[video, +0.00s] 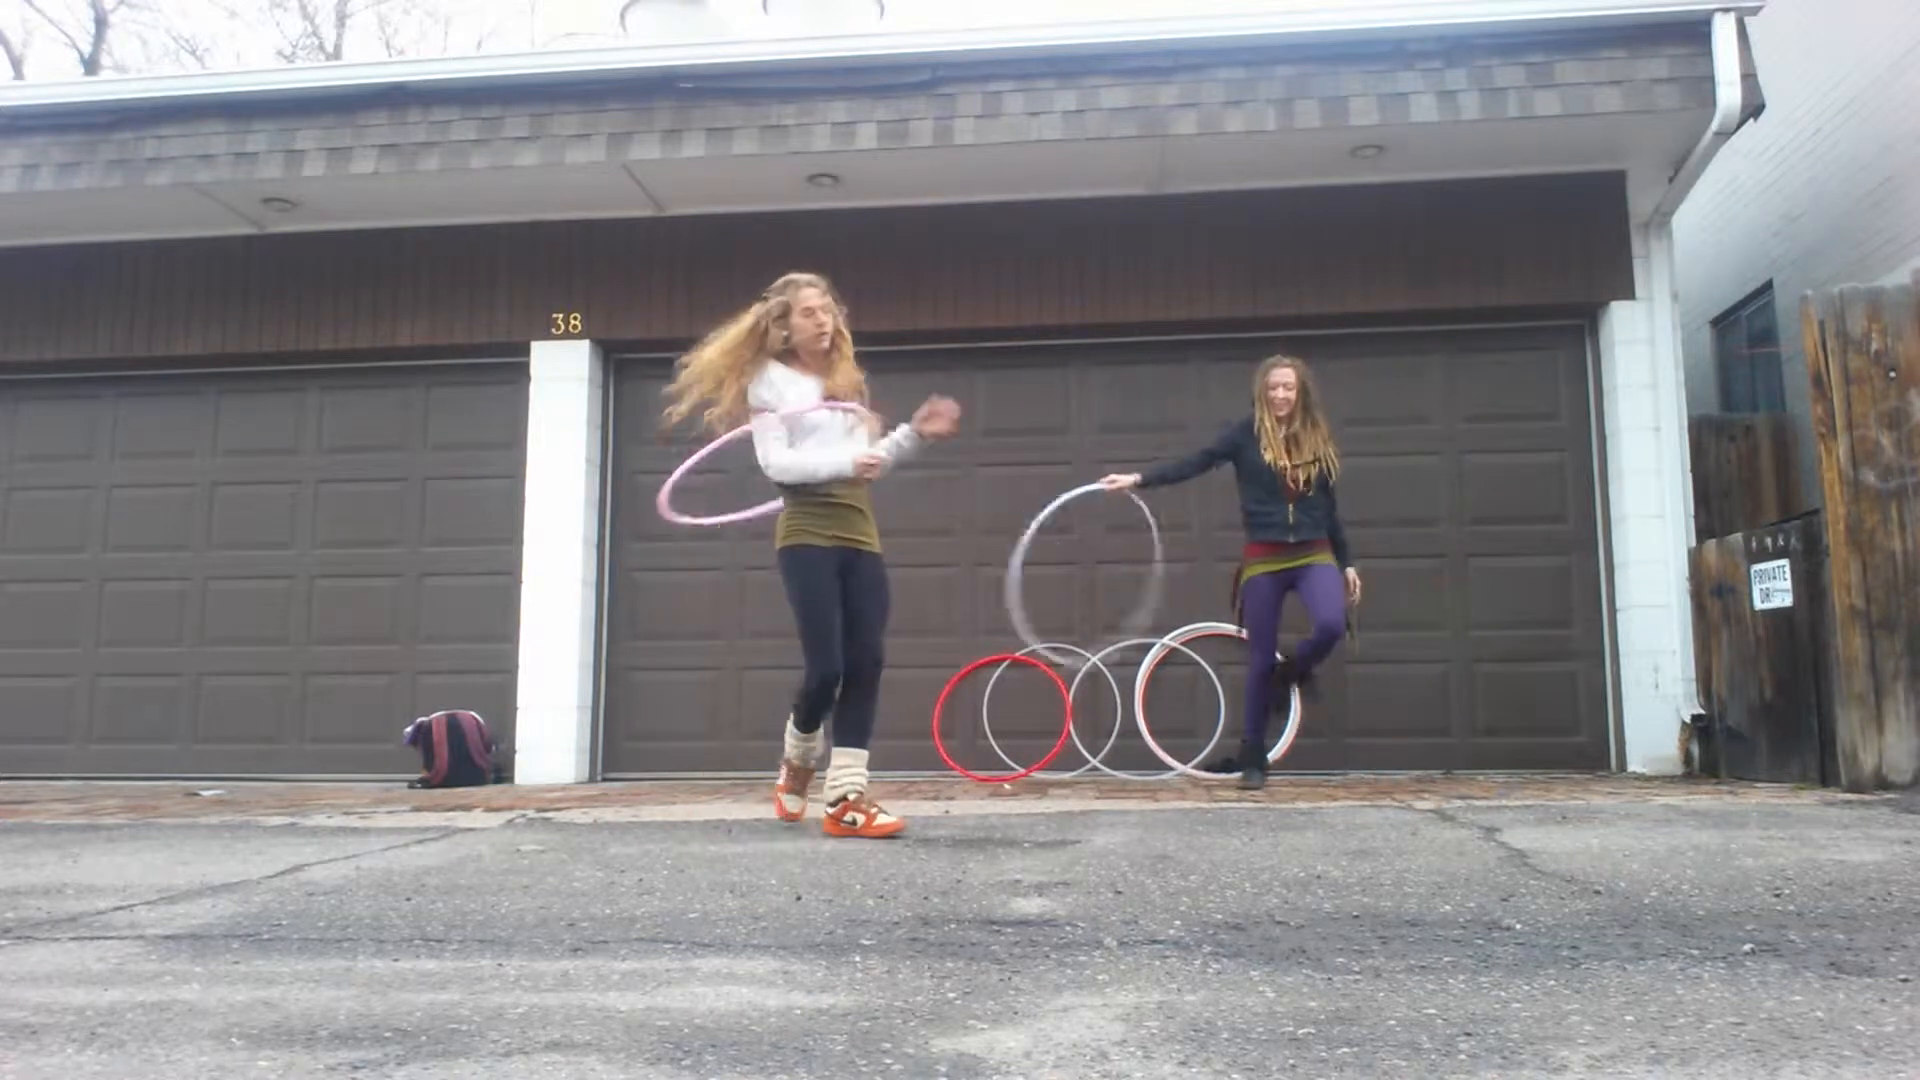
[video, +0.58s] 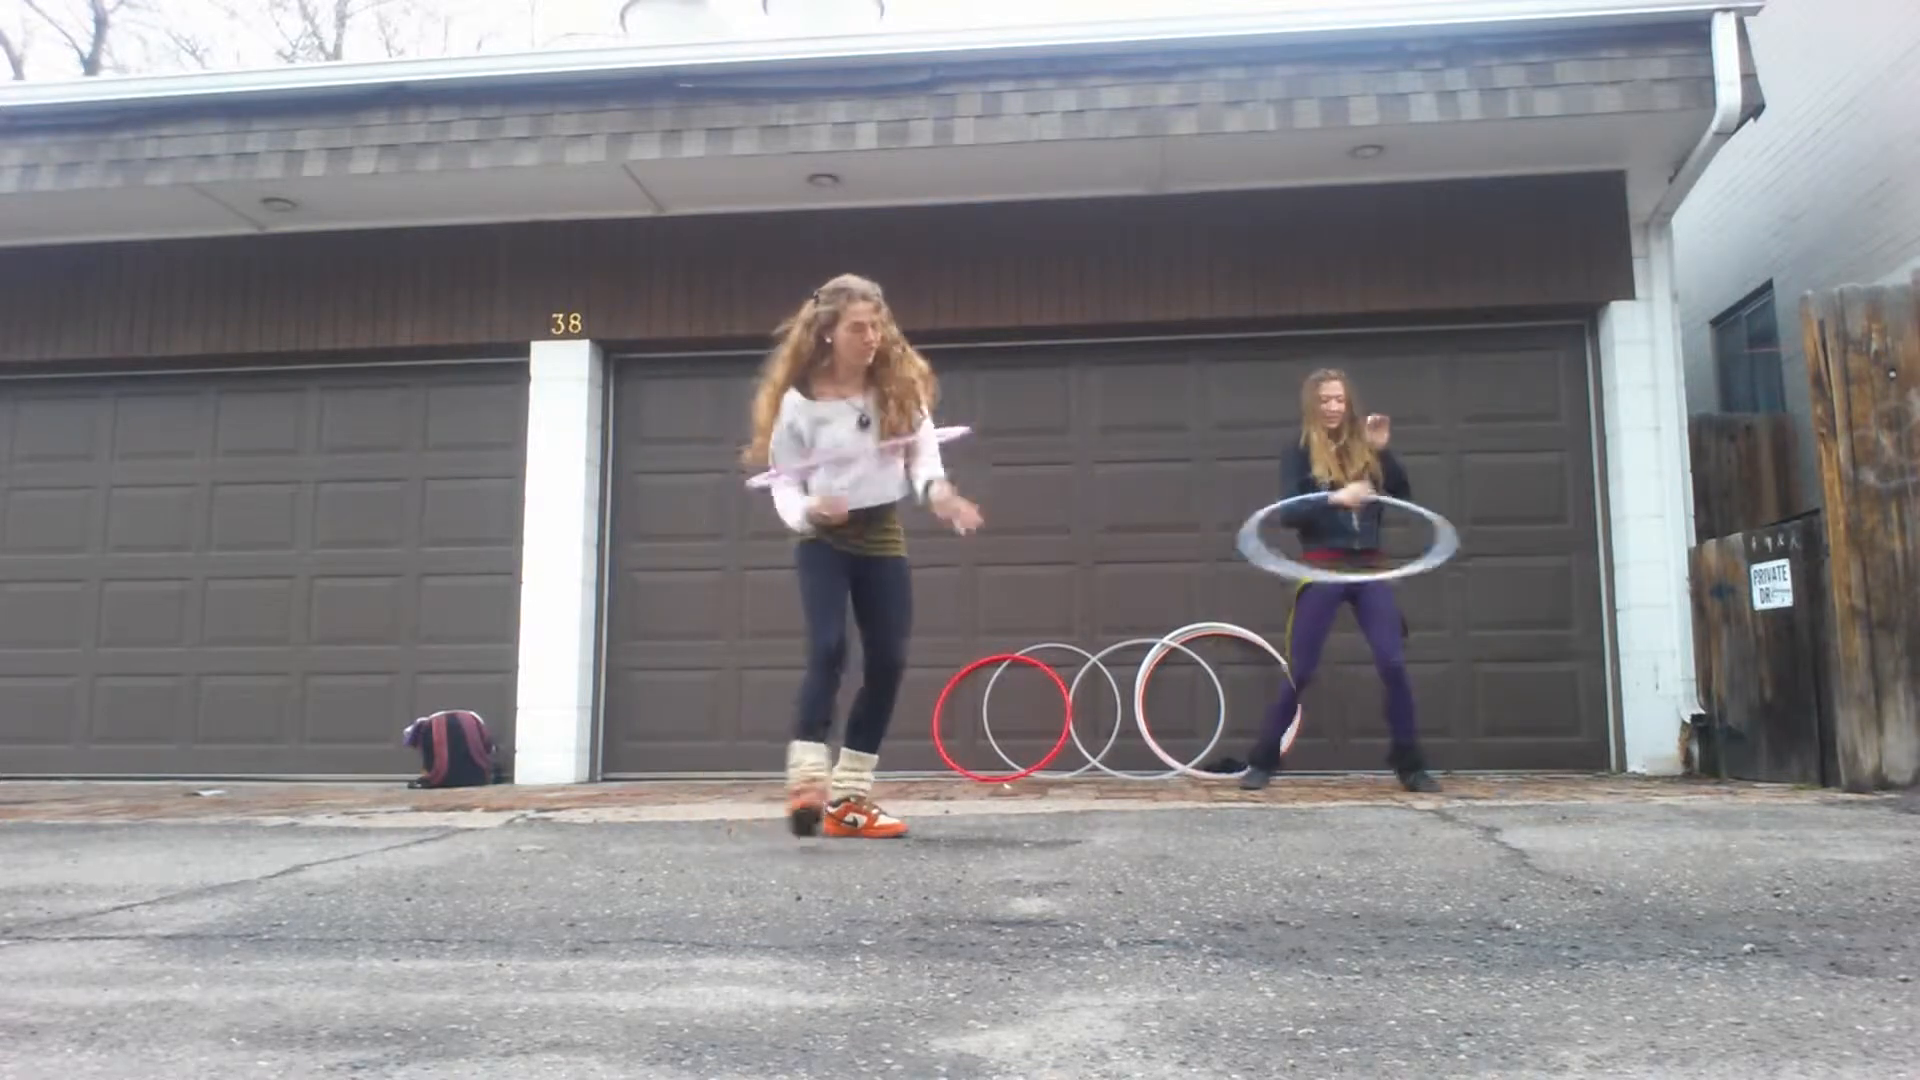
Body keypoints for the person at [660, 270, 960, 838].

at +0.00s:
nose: (822, 320)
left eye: (826, 310)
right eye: (808, 313)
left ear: (836, 318)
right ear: (784, 326)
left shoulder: (847, 382)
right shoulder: (770, 381)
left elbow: (864, 461)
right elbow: (774, 462)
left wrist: (915, 431)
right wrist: (847, 461)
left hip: (859, 531)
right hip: (806, 530)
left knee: (867, 662)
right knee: (828, 669)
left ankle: (846, 797)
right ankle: (799, 760)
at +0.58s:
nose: (871, 337)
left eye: (876, 326)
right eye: (857, 327)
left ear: (884, 331)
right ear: (827, 333)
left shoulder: (900, 391)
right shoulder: (798, 403)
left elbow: (925, 462)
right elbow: (785, 489)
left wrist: (942, 495)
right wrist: (808, 512)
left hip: (882, 538)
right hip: (822, 539)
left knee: (887, 663)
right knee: (829, 650)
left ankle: (850, 796)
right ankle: (807, 785)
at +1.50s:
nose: (893, 263)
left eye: (906, 254)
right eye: (899, 251)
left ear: (933, 273)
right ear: (962, 279)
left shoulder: (903, 345)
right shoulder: (982, 349)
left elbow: (854, 432)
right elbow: (976, 433)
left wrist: (779, 456)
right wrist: (900, 461)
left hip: (913, 514)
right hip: (963, 514)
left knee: (884, 659)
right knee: (916, 661)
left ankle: (1001, 767)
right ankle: (909, 813)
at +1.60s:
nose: (897, 280)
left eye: (908, 269)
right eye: (899, 267)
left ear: (941, 277)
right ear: (948, 277)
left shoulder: (937, 354)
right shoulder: (962, 346)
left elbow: (894, 452)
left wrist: (799, 479)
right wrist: (889, 381)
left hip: (948, 526)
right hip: (943, 524)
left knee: (941, 663)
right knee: (907, 664)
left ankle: (1016, 796)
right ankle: (908, 814)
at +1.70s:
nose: (904, 284)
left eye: (917, 274)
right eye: (902, 272)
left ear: (952, 279)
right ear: (901, 277)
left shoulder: (970, 354)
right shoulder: (915, 346)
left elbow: (958, 456)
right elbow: (912, 428)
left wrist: (883, 503)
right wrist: (857, 443)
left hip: (980, 525)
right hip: (934, 527)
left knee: (983, 667)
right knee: (890, 660)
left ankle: (1022, 803)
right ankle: (911, 808)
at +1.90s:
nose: (917, 310)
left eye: (929, 299)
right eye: (906, 299)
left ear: (951, 306)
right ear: (890, 307)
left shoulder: (984, 371)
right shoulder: (867, 378)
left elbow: (1013, 458)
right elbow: (862, 477)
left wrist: (1023, 543)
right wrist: (806, 543)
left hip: (979, 525)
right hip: (913, 528)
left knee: (988, 665)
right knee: (913, 653)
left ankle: (1021, 800)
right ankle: (895, 794)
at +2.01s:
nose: (935, 320)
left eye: (944, 307)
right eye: (919, 308)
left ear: (956, 315)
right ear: (888, 317)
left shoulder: (982, 381)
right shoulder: (860, 391)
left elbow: (1018, 471)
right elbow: (866, 490)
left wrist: (1057, 540)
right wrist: (888, 571)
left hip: (959, 530)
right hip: (894, 531)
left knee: (983, 663)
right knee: (917, 661)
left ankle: (1020, 801)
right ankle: (877, 819)